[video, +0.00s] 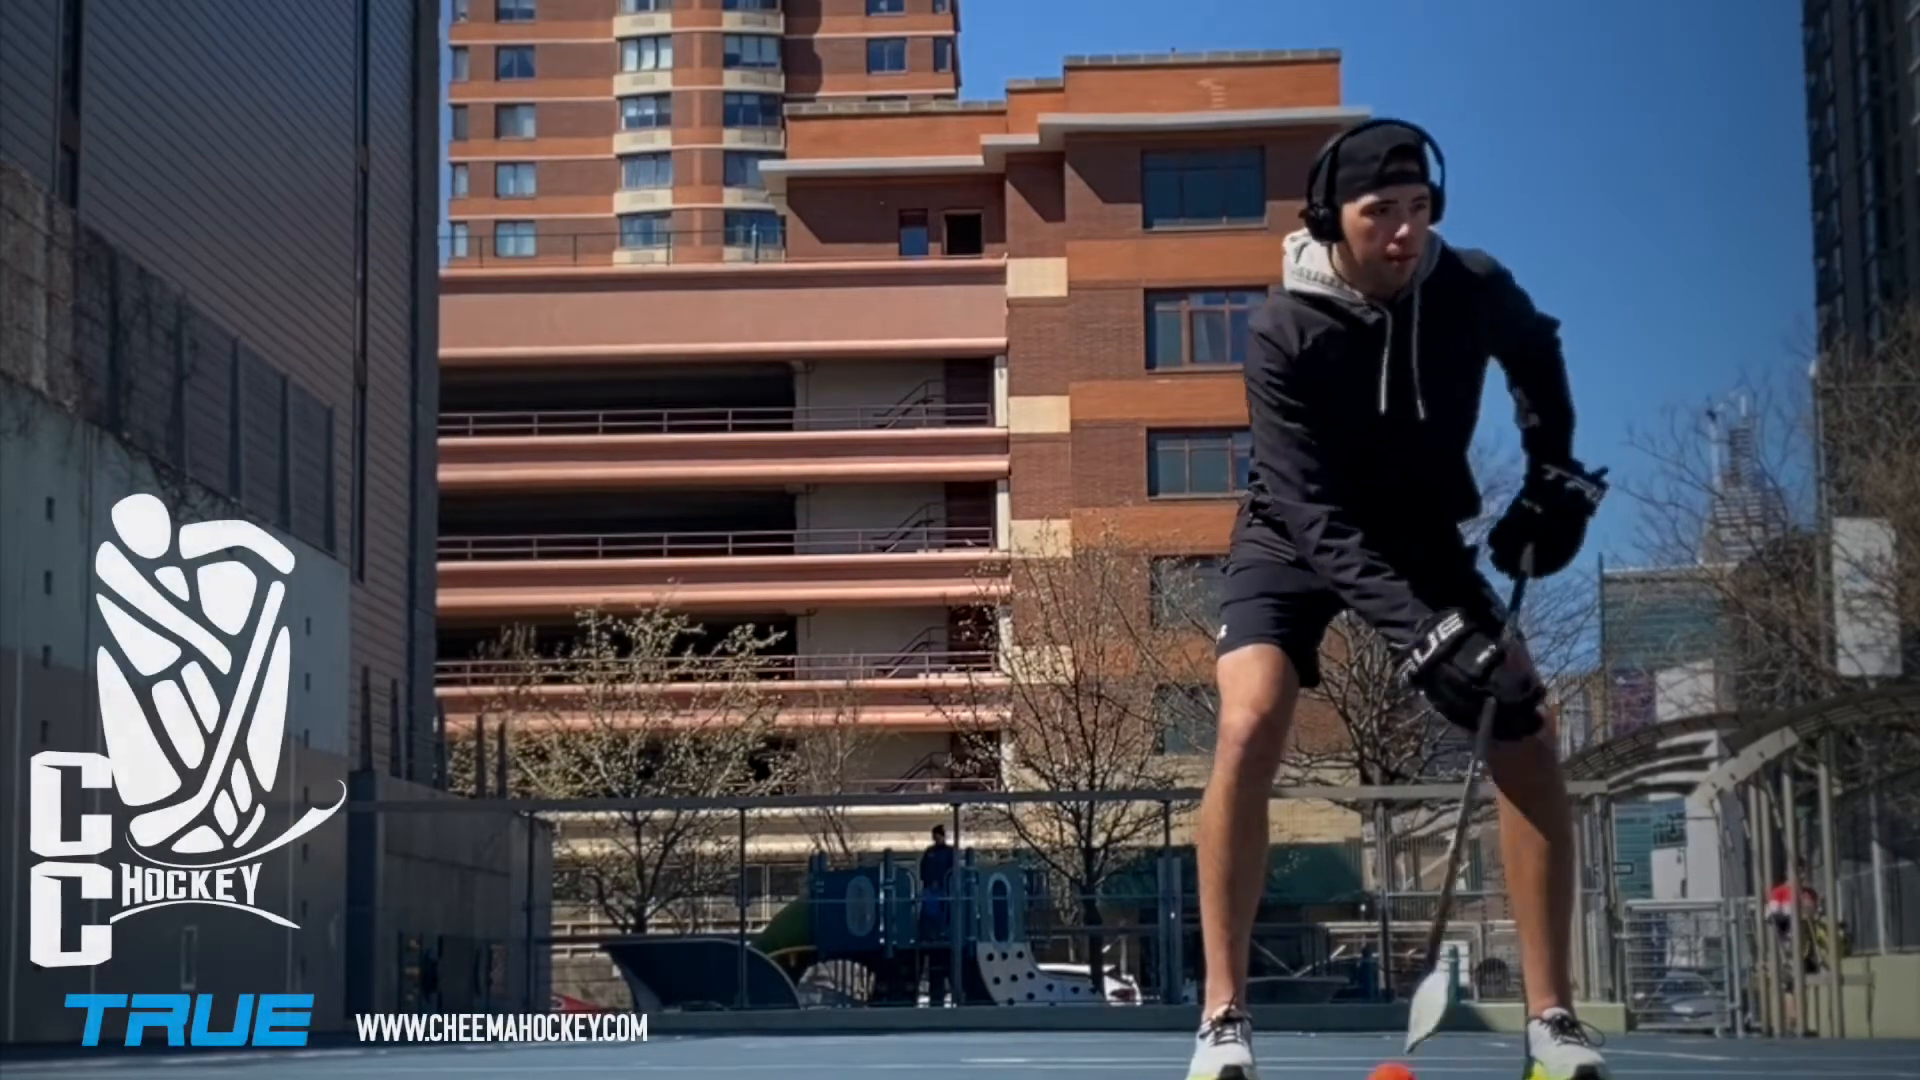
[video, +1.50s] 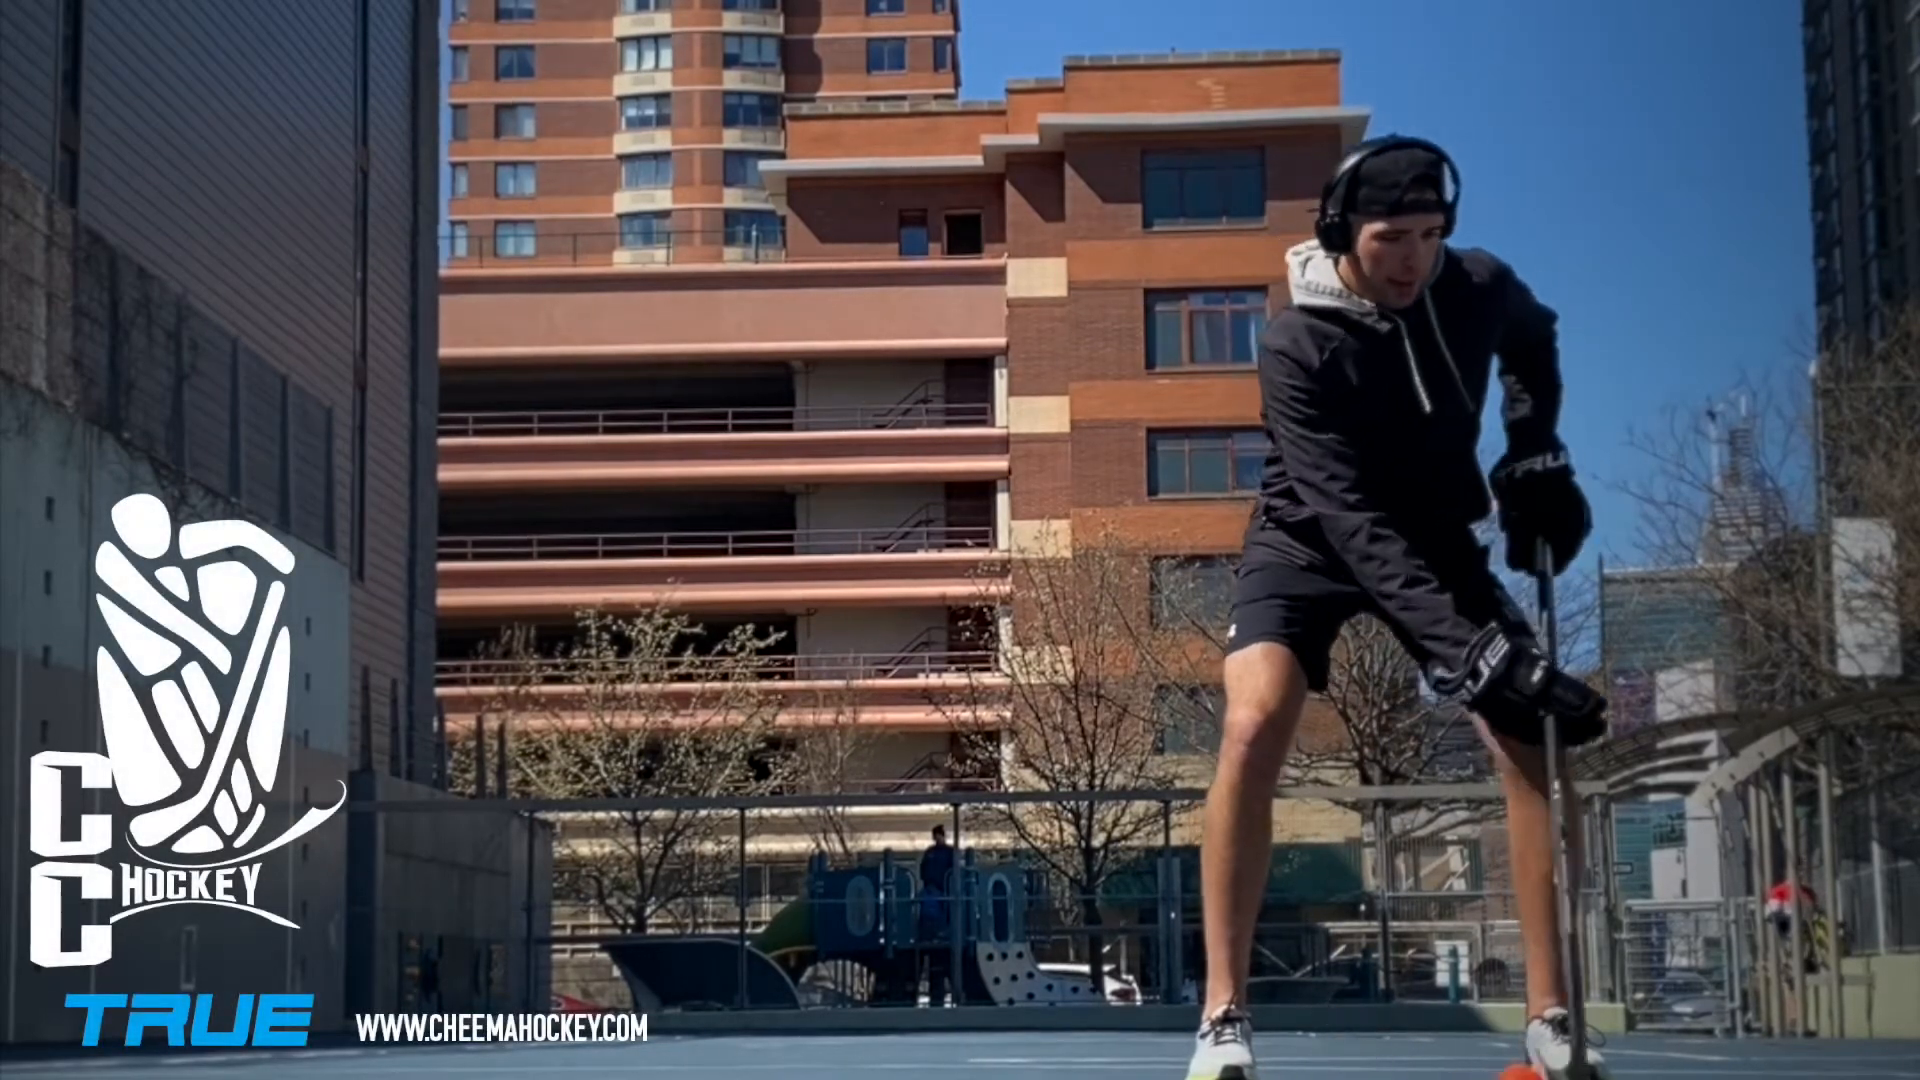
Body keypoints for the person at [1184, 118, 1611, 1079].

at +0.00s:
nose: (1404, 229)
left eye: (1419, 208)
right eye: (1380, 211)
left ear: (1436, 211)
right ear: (1332, 219)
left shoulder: (1471, 287)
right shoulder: (1286, 328)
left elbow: (1534, 354)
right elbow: (1309, 515)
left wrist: (1551, 472)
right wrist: (1425, 632)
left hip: (1425, 534)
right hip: (1295, 535)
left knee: (1528, 744)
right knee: (1249, 727)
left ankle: (1552, 1018)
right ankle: (1223, 1016)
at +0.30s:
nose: (1391, 235)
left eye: (1405, 214)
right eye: (1368, 217)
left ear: (1422, 215)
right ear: (1319, 223)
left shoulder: (1460, 296)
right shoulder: (1269, 337)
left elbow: (1533, 369)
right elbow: (1281, 520)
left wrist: (1563, 479)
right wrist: (1372, 642)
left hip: (1414, 540)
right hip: (1281, 543)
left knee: (1518, 727)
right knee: (1243, 728)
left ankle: (1550, 1015)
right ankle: (1222, 1016)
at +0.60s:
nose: (1364, 244)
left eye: (1378, 222)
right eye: (1339, 226)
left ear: (1395, 218)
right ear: (1292, 227)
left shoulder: (1434, 280)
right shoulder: (1259, 342)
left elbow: (1502, 331)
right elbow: (1311, 522)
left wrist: (1496, 447)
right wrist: (1432, 650)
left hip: (1409, 533)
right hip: (1280, 538)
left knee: (1517, 741)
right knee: (1237, 726)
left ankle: (1547, 1014)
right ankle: (1221, 1014)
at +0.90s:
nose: (1395, 253)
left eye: (1411, 232)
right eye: (1375, 234)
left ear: (1430, 225)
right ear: (1331, 227)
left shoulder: (1467, 285)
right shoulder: (1278, 334)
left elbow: (1536, 347)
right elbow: (1293, 521)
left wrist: (1560, 465)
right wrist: (1414, 632)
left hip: (1426, 536)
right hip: (1296, 538)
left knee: (1527, 732)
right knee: (1250, 727)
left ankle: (1550, 1016)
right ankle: (1221, 1014)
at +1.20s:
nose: (1443, 249)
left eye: (1459, 227)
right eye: (1420, 229)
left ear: (1476, 223)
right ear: (1374, 223)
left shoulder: (1503, 290)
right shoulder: (1314, 329)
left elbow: (1564, 370)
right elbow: (1330, 515)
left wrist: (1591, 474)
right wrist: (1427, 638)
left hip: (1445, 538)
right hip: (1316, 538)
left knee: (1546, 730)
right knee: (1269, 729)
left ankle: (1554, 1018)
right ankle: (1224, 1013)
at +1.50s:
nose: (1408, 258)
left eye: (1424, 237)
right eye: (1387, 239)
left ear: (1444, 231)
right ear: (1345, 233)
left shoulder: (1478, 288)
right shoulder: (1300, 341)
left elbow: (1532, 342)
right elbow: (1350, 523)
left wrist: (1534, 454)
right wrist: (1484, 659)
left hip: (1438, 529)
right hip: (1309, 532)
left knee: (1525, 742)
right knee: (1252, 727)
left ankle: (1552, 1016)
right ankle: (1222, 1014)